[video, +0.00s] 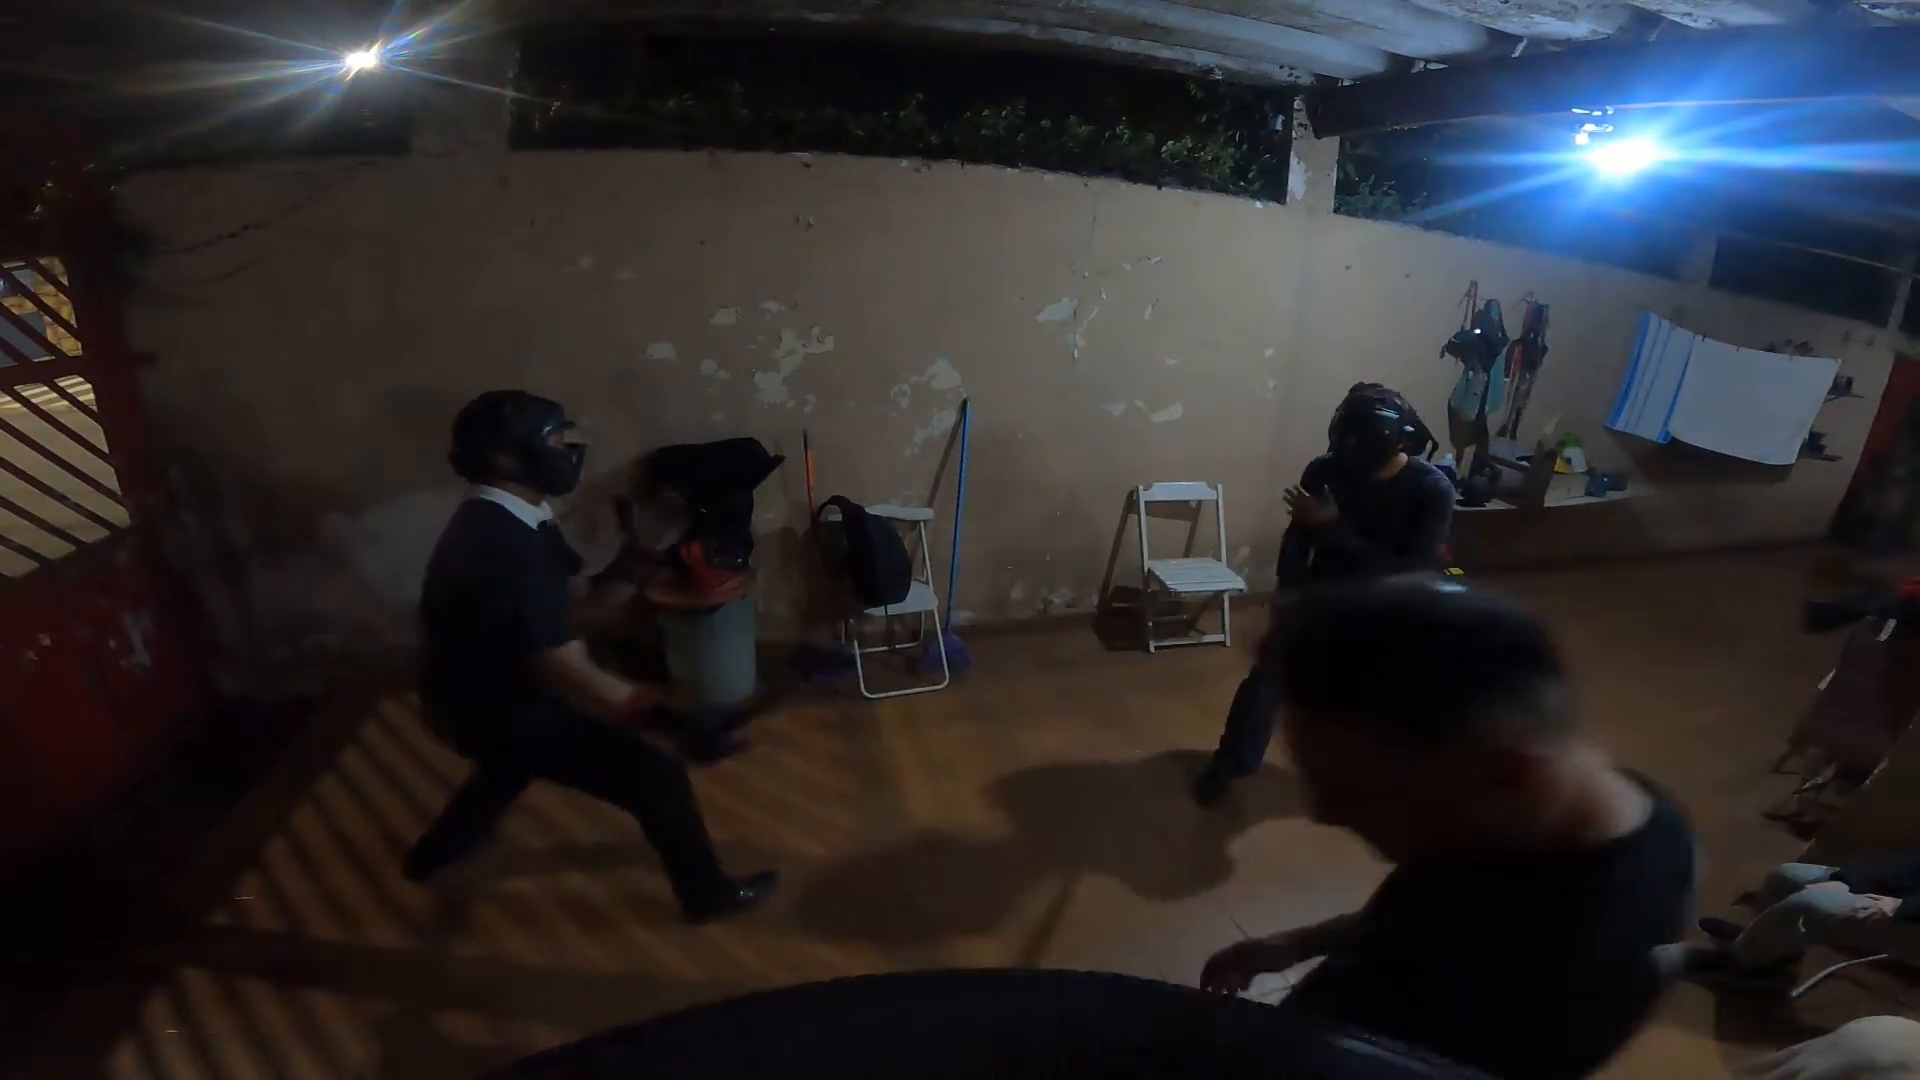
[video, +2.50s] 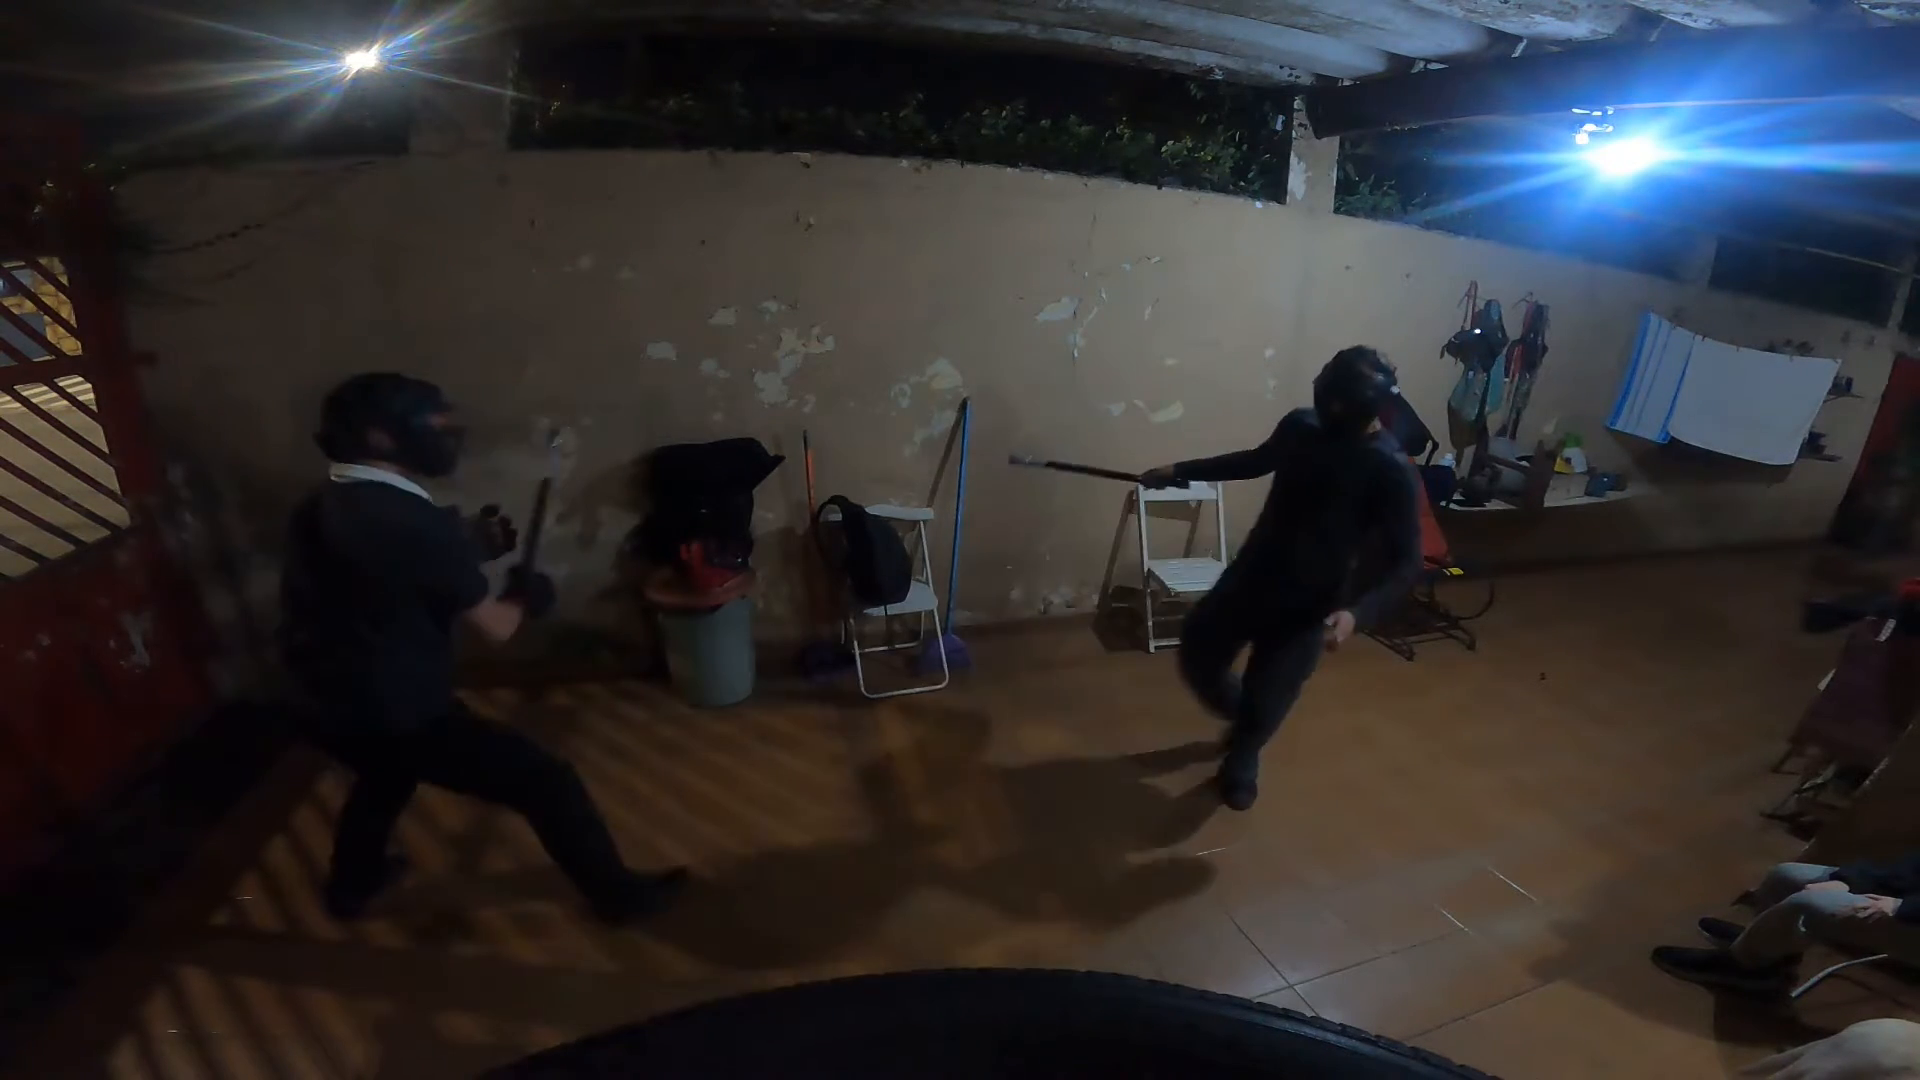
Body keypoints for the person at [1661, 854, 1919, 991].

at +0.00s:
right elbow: (1911, 867)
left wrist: (1903, 908)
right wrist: (1848, 875)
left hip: (1905, 924)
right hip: (1898, 888)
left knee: (1807, 904)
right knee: (1786, 876)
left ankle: (1739, 958)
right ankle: (1755, 939)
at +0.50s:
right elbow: (1911, 871)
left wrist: (1903, 908)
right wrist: (1847, 878)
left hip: (1912, 922)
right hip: (1904, 890)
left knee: (1807, 905)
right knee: (1786, 877)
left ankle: (1742, 960)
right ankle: (1754, 941)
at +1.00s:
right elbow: (1910, 872)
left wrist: (1903, 908)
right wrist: (1848, 878)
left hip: (1912, 923)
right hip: (1904, 893)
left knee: (1807, 905)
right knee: (1785, 877)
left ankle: (1740, 961)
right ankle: (1756, 944)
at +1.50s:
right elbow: (1911, 870)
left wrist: (1903, 908)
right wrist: (1847, 878)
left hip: (1912, 923)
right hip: (1904, 891)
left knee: (1807, 905)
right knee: (1785, 877)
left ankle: (1740, 962)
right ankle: (1755, 942)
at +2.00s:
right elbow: (1910, 870)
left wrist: (1904, 909)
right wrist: (1845, 879)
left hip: (1911, 922)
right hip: (1903, 893)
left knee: (1805, 906)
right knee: (1785, 876)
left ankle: (1738, 962)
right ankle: (1755, 942)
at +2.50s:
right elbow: (1909, 869)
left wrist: (1903, 908)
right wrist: (1846, 879)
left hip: (1911, 924)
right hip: (1902, 893)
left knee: (1806, 906)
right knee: (1786, 876)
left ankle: (1740, 961)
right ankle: (1752, 941)